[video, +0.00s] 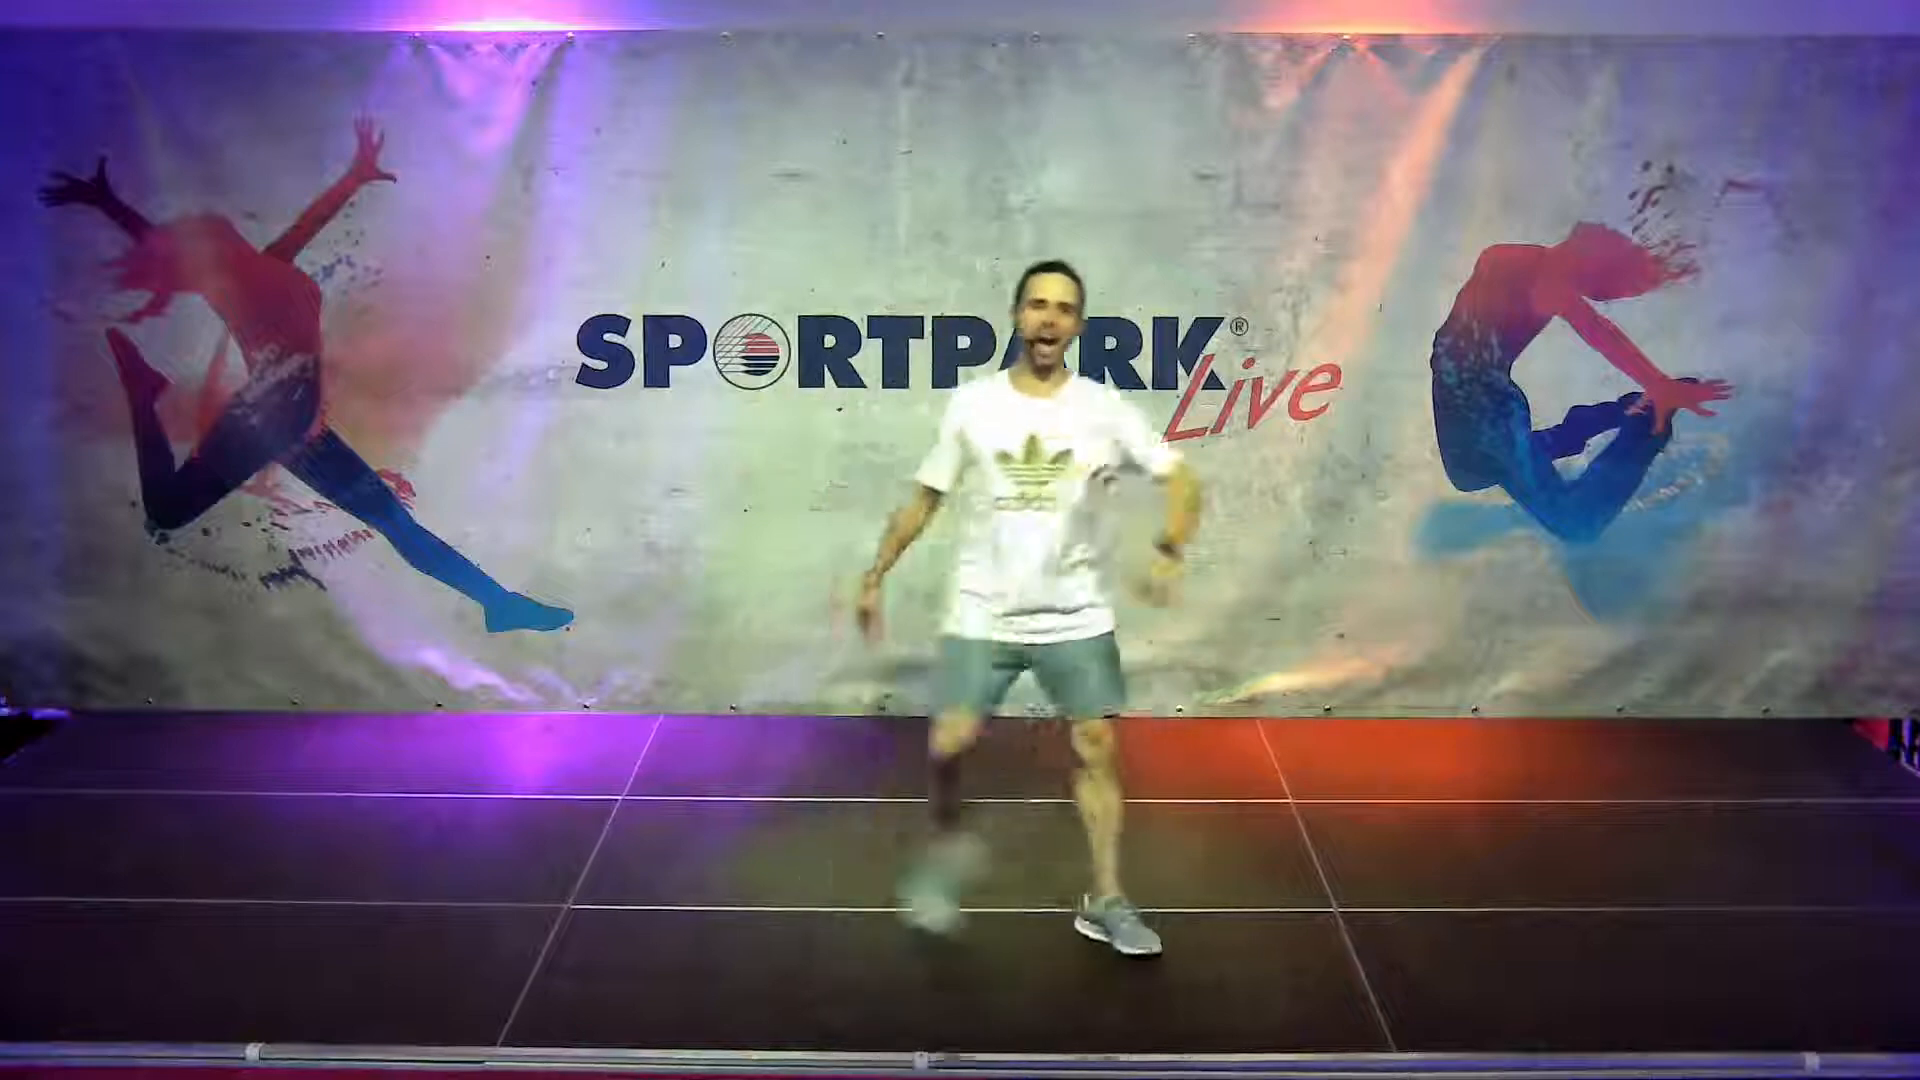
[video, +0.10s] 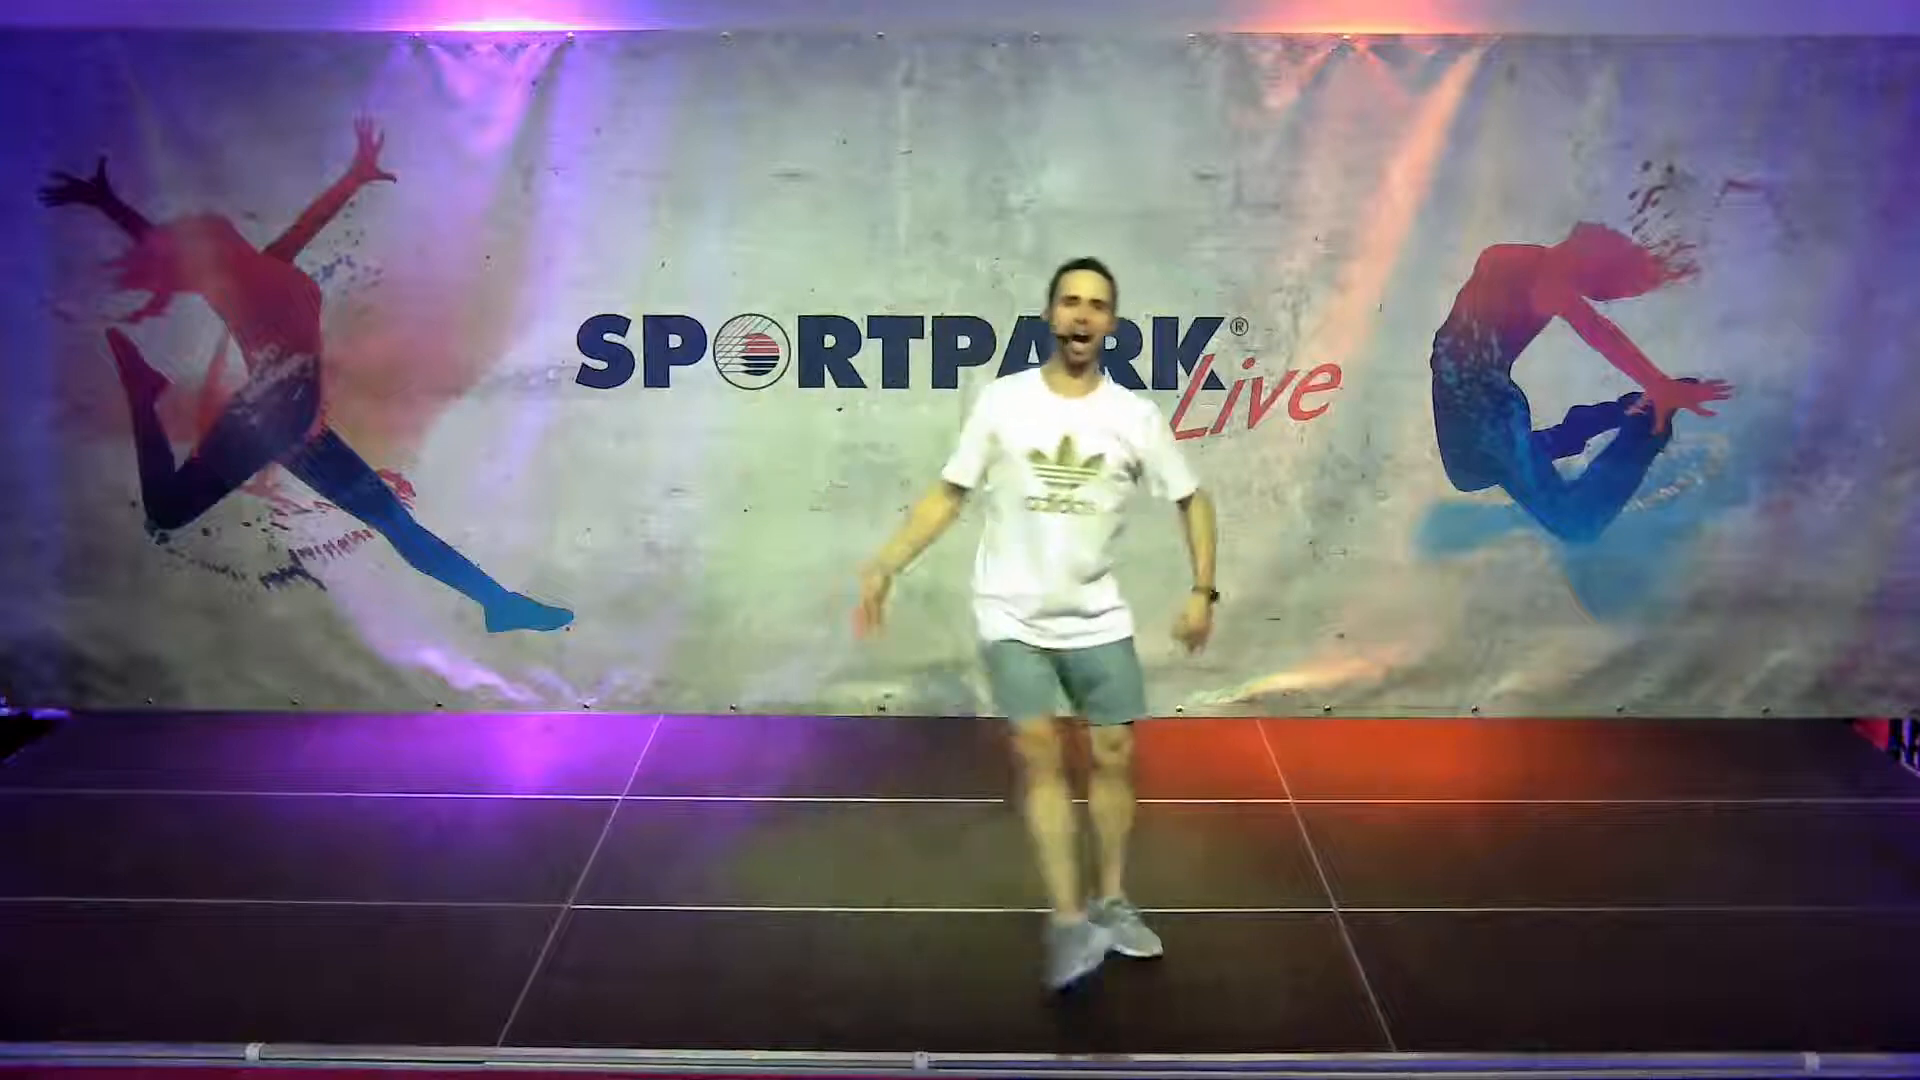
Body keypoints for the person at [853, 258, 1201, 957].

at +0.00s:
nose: (1049, 319)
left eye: (1063, 309)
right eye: (1038, 306)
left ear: (1079, 324)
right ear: (1016, 316)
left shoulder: (1103, 408)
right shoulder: (973, 402)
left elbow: (1181, 479)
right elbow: (924, 498)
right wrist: (875, 574)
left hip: (1075, 613)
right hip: (982, 611)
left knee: (1097, 743)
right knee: (949, 742)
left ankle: (1106, 895)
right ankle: (943, 853)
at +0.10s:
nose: (1082, 317)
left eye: (1096, 306)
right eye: (1070, 303)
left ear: (1113, 321)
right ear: (1048, 313)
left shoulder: (1135, 416)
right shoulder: (1001, 402)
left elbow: (1192, 500)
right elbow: (948, 495)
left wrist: (1203, 591)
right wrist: (884, 566)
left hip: (1094, 610)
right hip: (1010, 610)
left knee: (1114, 747)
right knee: (1039, 749)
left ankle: (1110, 903)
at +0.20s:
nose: (1104, 324)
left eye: (1118, 312)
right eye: (1091, 310)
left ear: (1135, 326)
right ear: (1069, 320)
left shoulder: (1143, 420)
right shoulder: (1017, 404)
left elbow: (1175, 519)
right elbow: (938, 481)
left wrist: (1187, 612)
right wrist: (850, 513)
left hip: (1107, 614)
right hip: (1030, 611)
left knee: (1124, 755)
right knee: (1072, 748)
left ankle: (1102, 904)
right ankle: (1126, 904)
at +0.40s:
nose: (1096, 322)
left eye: (1109, 311)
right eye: (1083, 309)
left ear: (1122, 323)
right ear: (1060, 316)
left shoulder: (1106, 408)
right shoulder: (1029, 383)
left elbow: (1097, 510)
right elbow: (977, 360)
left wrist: (1120, 586)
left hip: (1082, 599)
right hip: (1031, 595)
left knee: (1114, 739)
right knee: (1108, 732)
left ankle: (1099, 902)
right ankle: (1052, 904)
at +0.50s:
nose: (1101, 321)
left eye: (1101, 307)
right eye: (1086, 307)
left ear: (1065, 326)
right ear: (1042, 323)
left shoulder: (1062, 397)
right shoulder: (1032, 385)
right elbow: (1085, 322)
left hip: (1065, 613)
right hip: (1035, 615)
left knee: (1102, 762)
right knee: (1088, 765)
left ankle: (1097, 913)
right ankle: (993, 928)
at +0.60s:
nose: (1068, 341)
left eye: (1064, 330)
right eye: (1063, 329)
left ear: (1002, 343)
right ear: (1043, 335)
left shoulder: (989, 415)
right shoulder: (1057, 396)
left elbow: (963, 542)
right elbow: (1164, 371)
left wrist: (998, 604)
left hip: (1023, 629)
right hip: (1038, 631)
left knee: (1076, 766)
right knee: (1033, 785)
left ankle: (1096, 912)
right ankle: (963, 958)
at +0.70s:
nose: (1025, 340)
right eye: (1026, 330)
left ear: (961, 347)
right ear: (1023, 338)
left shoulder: (938, 433)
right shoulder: (1062, 412)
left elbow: (888, 541)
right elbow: (1174, 440)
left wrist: (932, 624)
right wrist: (1255, 478)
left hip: (966, 635)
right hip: (1028, 635)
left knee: (1031, 780)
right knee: (1004, 792)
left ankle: (1083, 907)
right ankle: (958, 968)